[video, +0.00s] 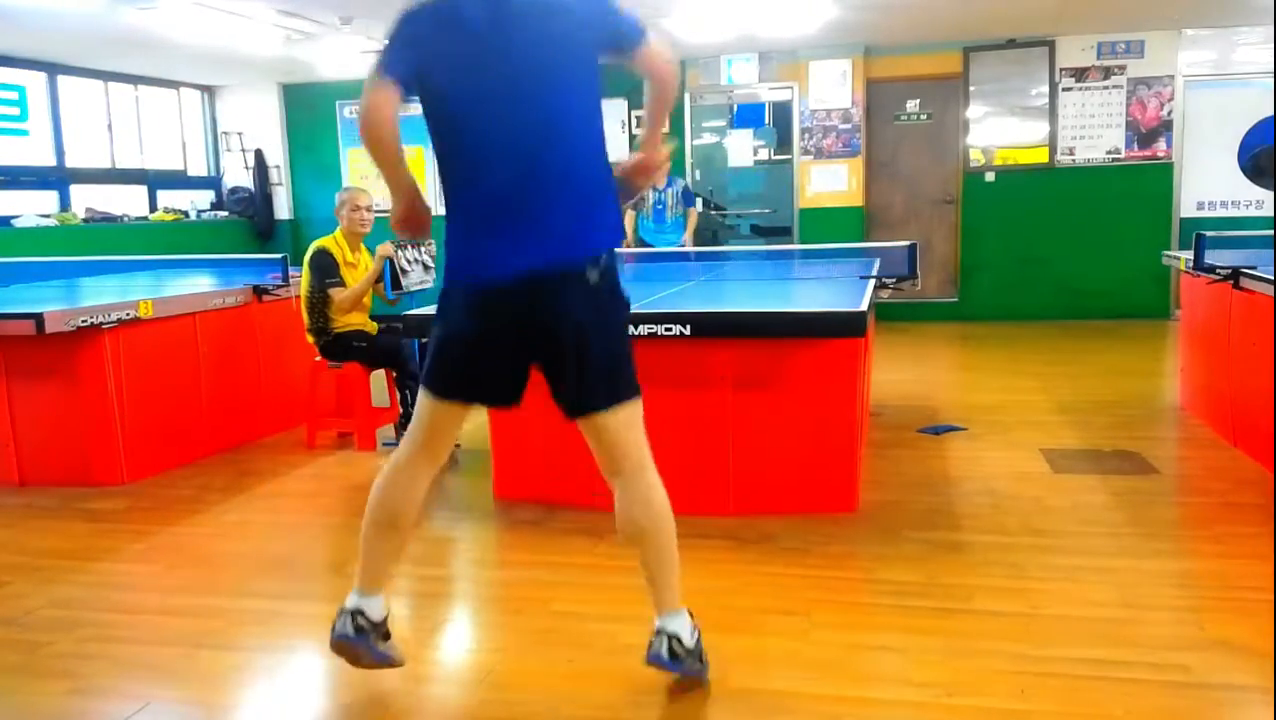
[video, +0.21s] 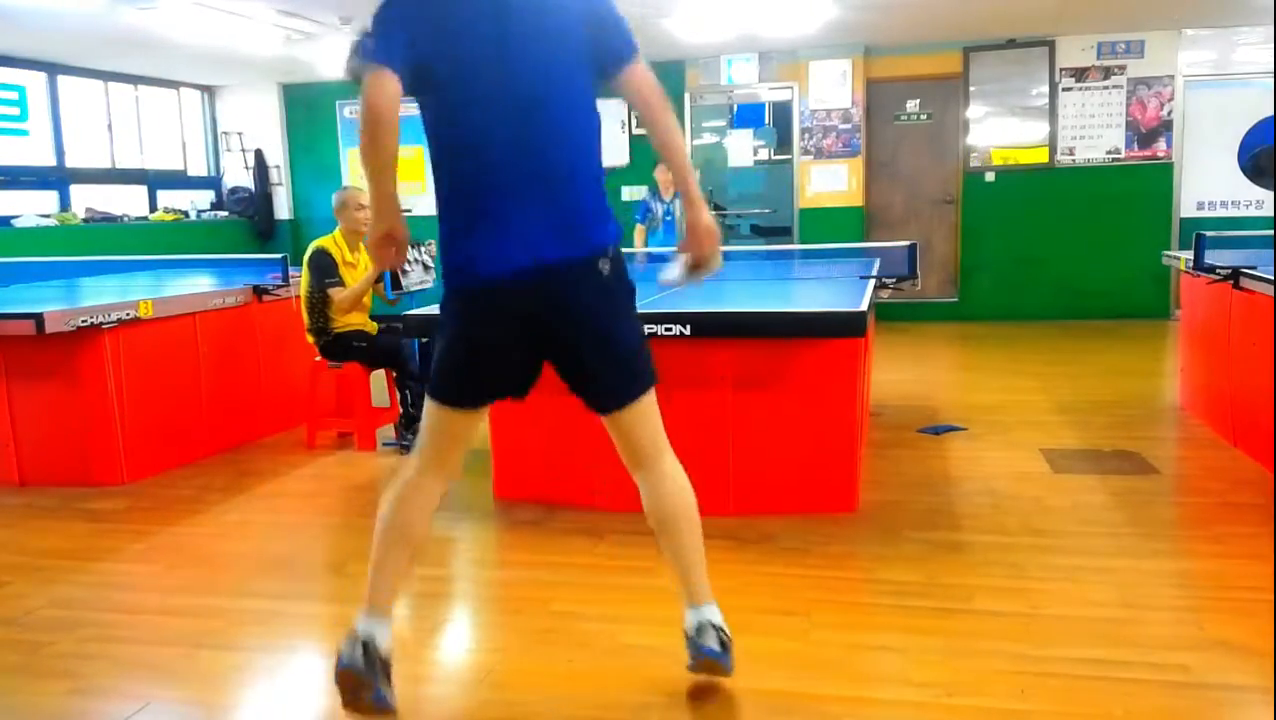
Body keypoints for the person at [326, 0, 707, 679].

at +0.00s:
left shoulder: (426, 17)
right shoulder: (576, 8)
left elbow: (376, 113)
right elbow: (663, 66)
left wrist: (404, 195)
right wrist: (651, 150)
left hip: (482, 278)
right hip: (580, 268)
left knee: (422, 449)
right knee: (630, 462)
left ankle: (362, 611)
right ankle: (675, 627)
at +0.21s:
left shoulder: (410, 10)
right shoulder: (580, 6)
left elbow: (378, 108)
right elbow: (647, 95)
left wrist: (385, 217)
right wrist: (694, 203)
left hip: (482, 278)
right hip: (584, 266)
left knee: (430, 466)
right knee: (651, 458)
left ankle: (370, 634)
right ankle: (705, 618)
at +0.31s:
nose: (516, 26)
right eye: (516, 18)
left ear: (434, 33)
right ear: (511, 25)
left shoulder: (409, 123)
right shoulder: (574, 100)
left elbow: (383, 244)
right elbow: (652, 213)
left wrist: (387, 320)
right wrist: (704, 317)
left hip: (484, 381)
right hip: (587, 369)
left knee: (427, 552)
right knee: (656, 519)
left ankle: (380, 708)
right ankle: (721, 675)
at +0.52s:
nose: (495, 23)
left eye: (488, 16)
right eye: (494, 15)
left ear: (411, 13)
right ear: (482, 13)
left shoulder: (353, 84)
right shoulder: (521, 86)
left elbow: (298, 194)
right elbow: (588, 214)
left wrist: (357, 270)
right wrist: (625, 313)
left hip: (377, 352)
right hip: (483, 347)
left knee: (376, 524)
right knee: (566, 506)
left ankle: (351, 699)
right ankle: (612, 678)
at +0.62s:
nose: (473, 13)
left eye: (469, 9)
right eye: (472, 7)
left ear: (389, 3)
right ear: (458, 5)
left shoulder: (322, 67)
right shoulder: (494, 72)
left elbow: (264, 191)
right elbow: (549, 214)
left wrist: (307, 257)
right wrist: (578, 314)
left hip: (332, 341)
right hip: (440, 343)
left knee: (319, 513)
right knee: (491, 536)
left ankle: (268, 689)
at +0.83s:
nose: (418, 58)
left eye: (417, 41)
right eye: (418, 41)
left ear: (336, 40)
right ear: (405, 41)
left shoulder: (263, 128)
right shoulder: (411, 136)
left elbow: (203, 251)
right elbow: (454, 285)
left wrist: (248, 331)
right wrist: (497, 388)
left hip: (246, 400)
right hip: (351, 406)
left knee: (221, 553)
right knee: (433, 578)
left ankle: (144, 706)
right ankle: (425, 711)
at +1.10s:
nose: (380, 72)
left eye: (380, 54)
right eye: (380, 54)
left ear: (293, 49)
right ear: (361, 51)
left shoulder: (228, 132)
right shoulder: (351, 144)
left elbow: (175, 264)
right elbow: (363, 282)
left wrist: (282, 304)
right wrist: (458, 392)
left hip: (186, 407)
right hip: (285, 414)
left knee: (192, 556)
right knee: (414, 569)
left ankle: (98, 704)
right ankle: (399, 712)